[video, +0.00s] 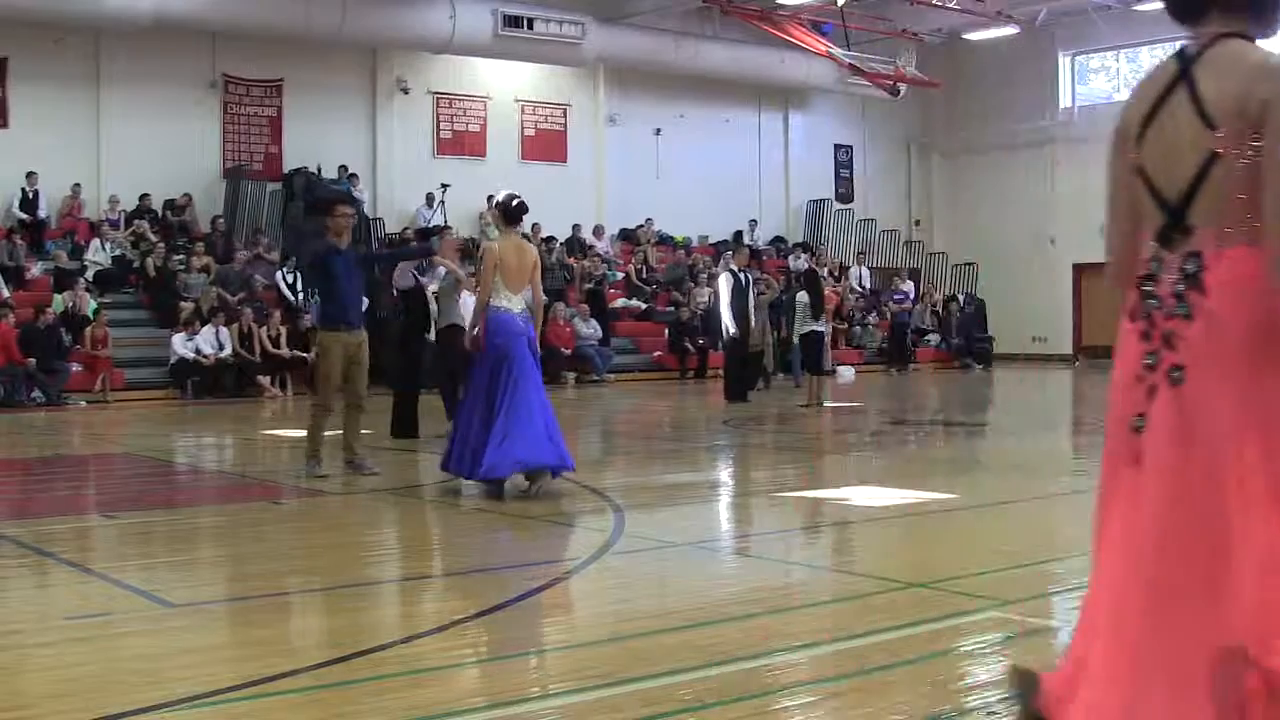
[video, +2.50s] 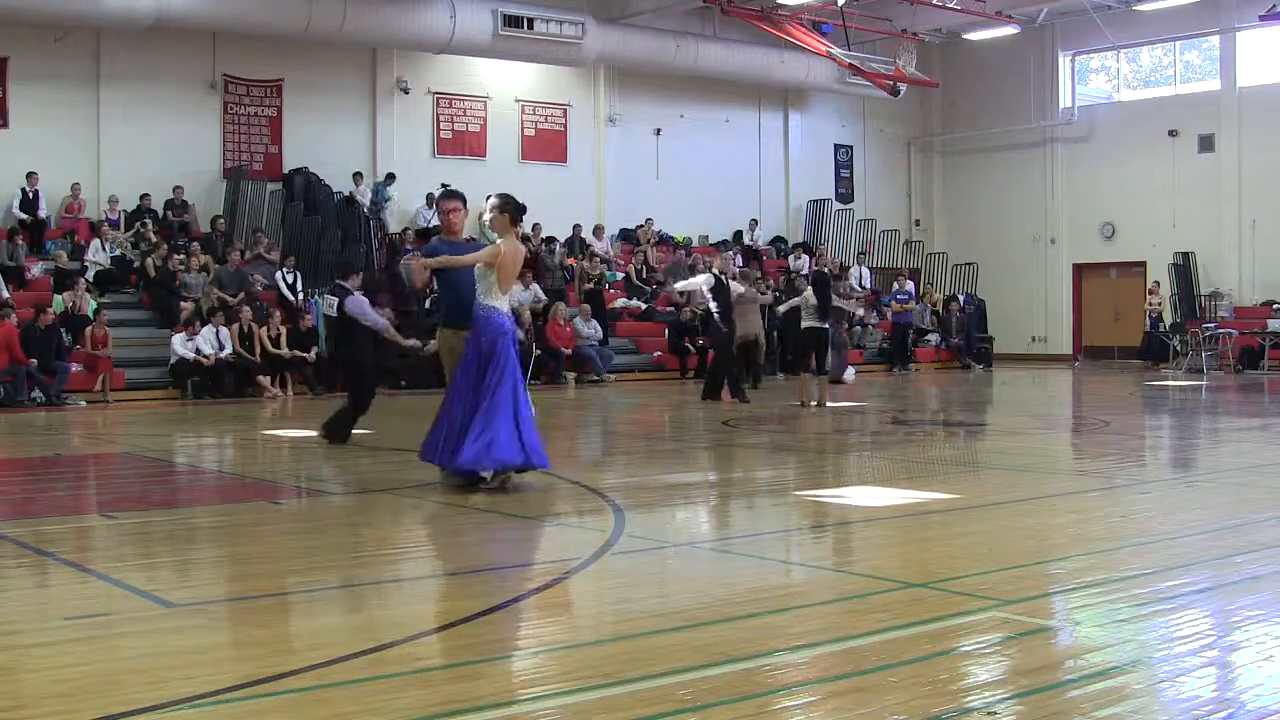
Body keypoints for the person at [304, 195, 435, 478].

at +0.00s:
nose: (347, 221)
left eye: (350, 216)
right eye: (341, 216)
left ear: (354, 220)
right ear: (328, 220)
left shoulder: (358, 254)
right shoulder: (319, 252)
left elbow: (393, 254)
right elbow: (312, 276)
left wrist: (434, 249)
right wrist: (334, 246)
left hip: (357, 335)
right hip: (330, 337)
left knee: (356, 400)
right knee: (324, 401)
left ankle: (352, 457)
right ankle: (313, 458)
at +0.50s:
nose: (369, 223)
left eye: (371, 218)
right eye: (364, 218)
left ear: (372, 221)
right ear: (349, 220)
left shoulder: (376, 251)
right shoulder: (342, 248)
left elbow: (404, 255)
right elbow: (331, 255)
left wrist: (439, 251)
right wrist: (371, 256)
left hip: (376, 333)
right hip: (352, 333)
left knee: (365, 396)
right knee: (372, 393)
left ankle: (353, 454)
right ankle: (377, 455)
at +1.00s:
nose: (400, 225)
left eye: (401, 219)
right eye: (394, 219)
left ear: (400, 220)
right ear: (378, 220)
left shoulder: (401, 252)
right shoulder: (360, 252)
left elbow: (429, 252)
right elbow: (357, 277)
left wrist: (459, 246)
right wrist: (359, 298)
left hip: (402, 334)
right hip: (376, 334)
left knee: (383, 396)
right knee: (385, 397)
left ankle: (357, 450)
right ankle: (393, 458)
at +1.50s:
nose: (420, 225)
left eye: (424, 219)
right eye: (414, 219)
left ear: (427, 221)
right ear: (401, 221)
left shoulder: (430, 254)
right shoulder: (383, 251)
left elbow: (461, 254)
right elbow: (368, 257)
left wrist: (496, 251)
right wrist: (384, 262)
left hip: (423, 336)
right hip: (391, 337)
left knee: (438, 397)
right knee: (393, 401)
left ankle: (449, 463)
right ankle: (395, 460)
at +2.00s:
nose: (443, 221)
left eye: (449, 215)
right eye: (438, 215)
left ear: (459, 217)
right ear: (432, 217)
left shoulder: (471, 249)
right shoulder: (422, 252)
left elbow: (500, 258)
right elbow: (418, 294)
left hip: (469, 332)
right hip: (440, 332)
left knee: (470, 396)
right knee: (447, 395)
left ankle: (464, 455)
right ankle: (426, 448)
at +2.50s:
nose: (450, 217)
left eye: (455, 211)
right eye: (445, 213)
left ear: (465, 213)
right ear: (439, 216)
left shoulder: (479, 247)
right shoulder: (434, 248)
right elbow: (421, 283)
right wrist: (416, 266)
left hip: (482, 327)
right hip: (452, 328)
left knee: (484, 389)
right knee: (458, 390)